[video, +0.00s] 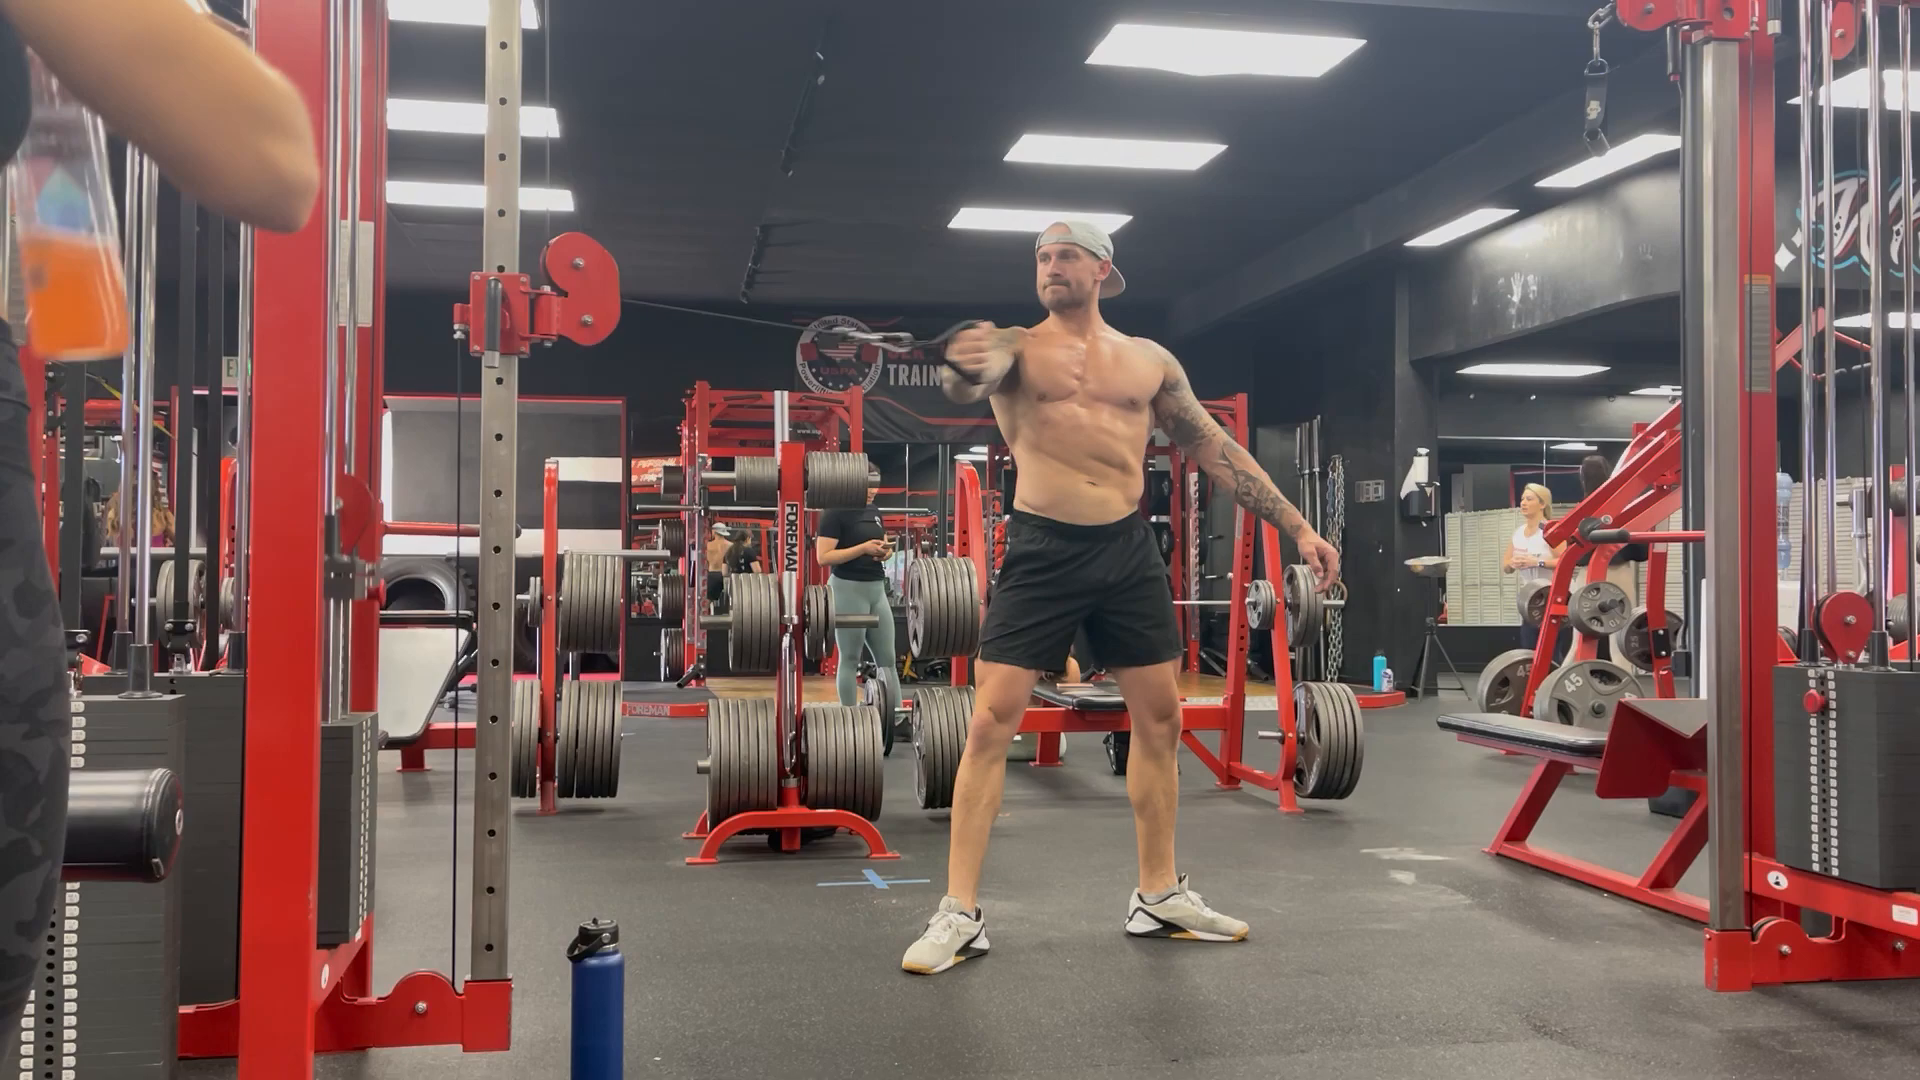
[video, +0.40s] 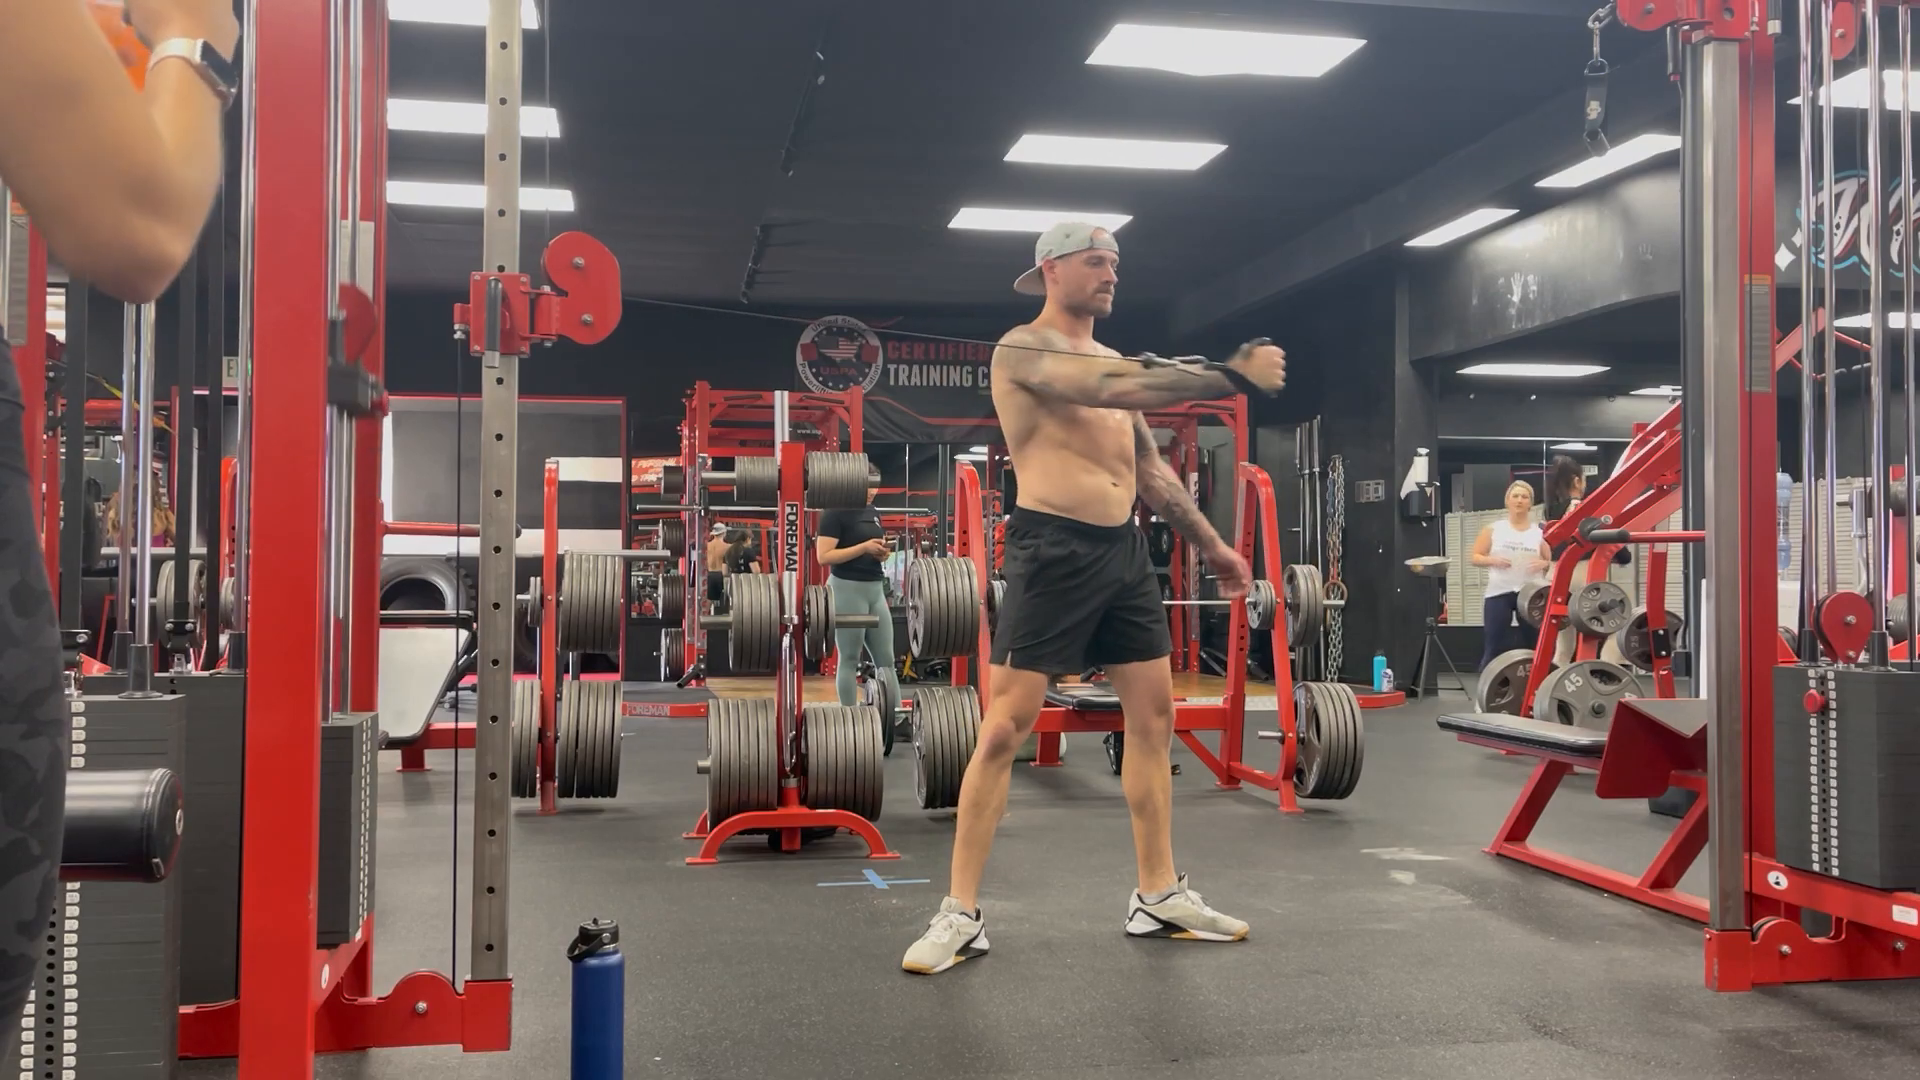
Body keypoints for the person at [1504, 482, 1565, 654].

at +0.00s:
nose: (1523, 503)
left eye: (1529, 499)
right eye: (1522, 499)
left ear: (1542, 504)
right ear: (1520, 503)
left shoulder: (1553, 530)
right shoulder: (1519, 532)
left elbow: (1565, 561)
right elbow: (1506, 567)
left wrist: (1537, 562)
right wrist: (1513, 563)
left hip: (1553, 598)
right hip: (1528, 597)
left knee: (1553, 652)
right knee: (1529, 648)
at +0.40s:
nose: (1519, 500)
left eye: (1524, 497)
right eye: (1515, 496)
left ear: (1531, 503)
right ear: (1507, 501)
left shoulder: (1539, 532)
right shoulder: (1493, 530)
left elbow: (1550, 563)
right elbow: (1475, 558)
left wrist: (1544, 564)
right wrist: (1493, 561)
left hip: (1530, 593)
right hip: (1499, 594)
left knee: (1535, 644)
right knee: (1494, 645)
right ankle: (1486, 692)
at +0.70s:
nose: (1515, 502)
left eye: (1517, 498)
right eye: (1511, 497)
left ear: (1516, 503)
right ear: (1495, 499)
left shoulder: (1514, 530)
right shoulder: (1480, 525)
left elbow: (1509, 566)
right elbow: (1466, 554)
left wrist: (1521, 566)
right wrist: (1500, 555)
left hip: (1505, 594)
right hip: (1478, 596)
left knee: (1517, 642)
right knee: (1481, 648)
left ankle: (1517, 695)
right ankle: (1481, 698)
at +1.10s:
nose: (1503, 503)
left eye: (1503, 499)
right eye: (1500, 499)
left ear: (1486, 502)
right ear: (1486, 501)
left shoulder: (1482, 525)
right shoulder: (1479, 527)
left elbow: (1484, 558)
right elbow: (1484, 561)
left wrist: (1506, 559)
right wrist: (1509, 556)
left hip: (1474, 596)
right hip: (1475, 598)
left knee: (1471, 644)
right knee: (1479, 647)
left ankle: (1461, 694)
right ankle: (1480, 698)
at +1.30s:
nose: (1497, 505)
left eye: (1497, 500)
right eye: (1494, 501)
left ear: (1478, 503)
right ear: (1482, 503)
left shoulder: (1468, 526)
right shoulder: (1479, 529)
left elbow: (1474, 559)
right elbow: (1485, 563)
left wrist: (1501, 558)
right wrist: (1506, 555)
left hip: (1462, 596)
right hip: (1475, 598)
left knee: (1463, 646)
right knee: (1483, 647)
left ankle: (1458, 695)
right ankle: (1480, 698)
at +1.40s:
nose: (1494, 505)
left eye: (1494, 501)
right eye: (1491, 501)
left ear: (1475, 504)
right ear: (1479, 504)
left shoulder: (1464, 527)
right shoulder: (1477, 530)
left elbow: (1471, 561)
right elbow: (1483, 563)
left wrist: (1499, 557)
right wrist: (1505, 556)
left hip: (1460, 596)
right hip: (1474, 598)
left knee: (1461, 645)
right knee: (1484, 647)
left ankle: (1458, 695)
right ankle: (1480, 698)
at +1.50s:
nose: (1492, 505)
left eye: (1492, 501)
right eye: (1490, 501)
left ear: (1472, 504)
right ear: (1478, 504)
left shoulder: (1461, 527)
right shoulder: (1477, 530)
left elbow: (1463, 558)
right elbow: (1482, 563)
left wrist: (1496, 557)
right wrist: (1502, 559)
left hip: (1458, 595)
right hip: (1475, 598)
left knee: (1460, 645)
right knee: (1487, 646)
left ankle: (1458, 695)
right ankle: (1482, 697)